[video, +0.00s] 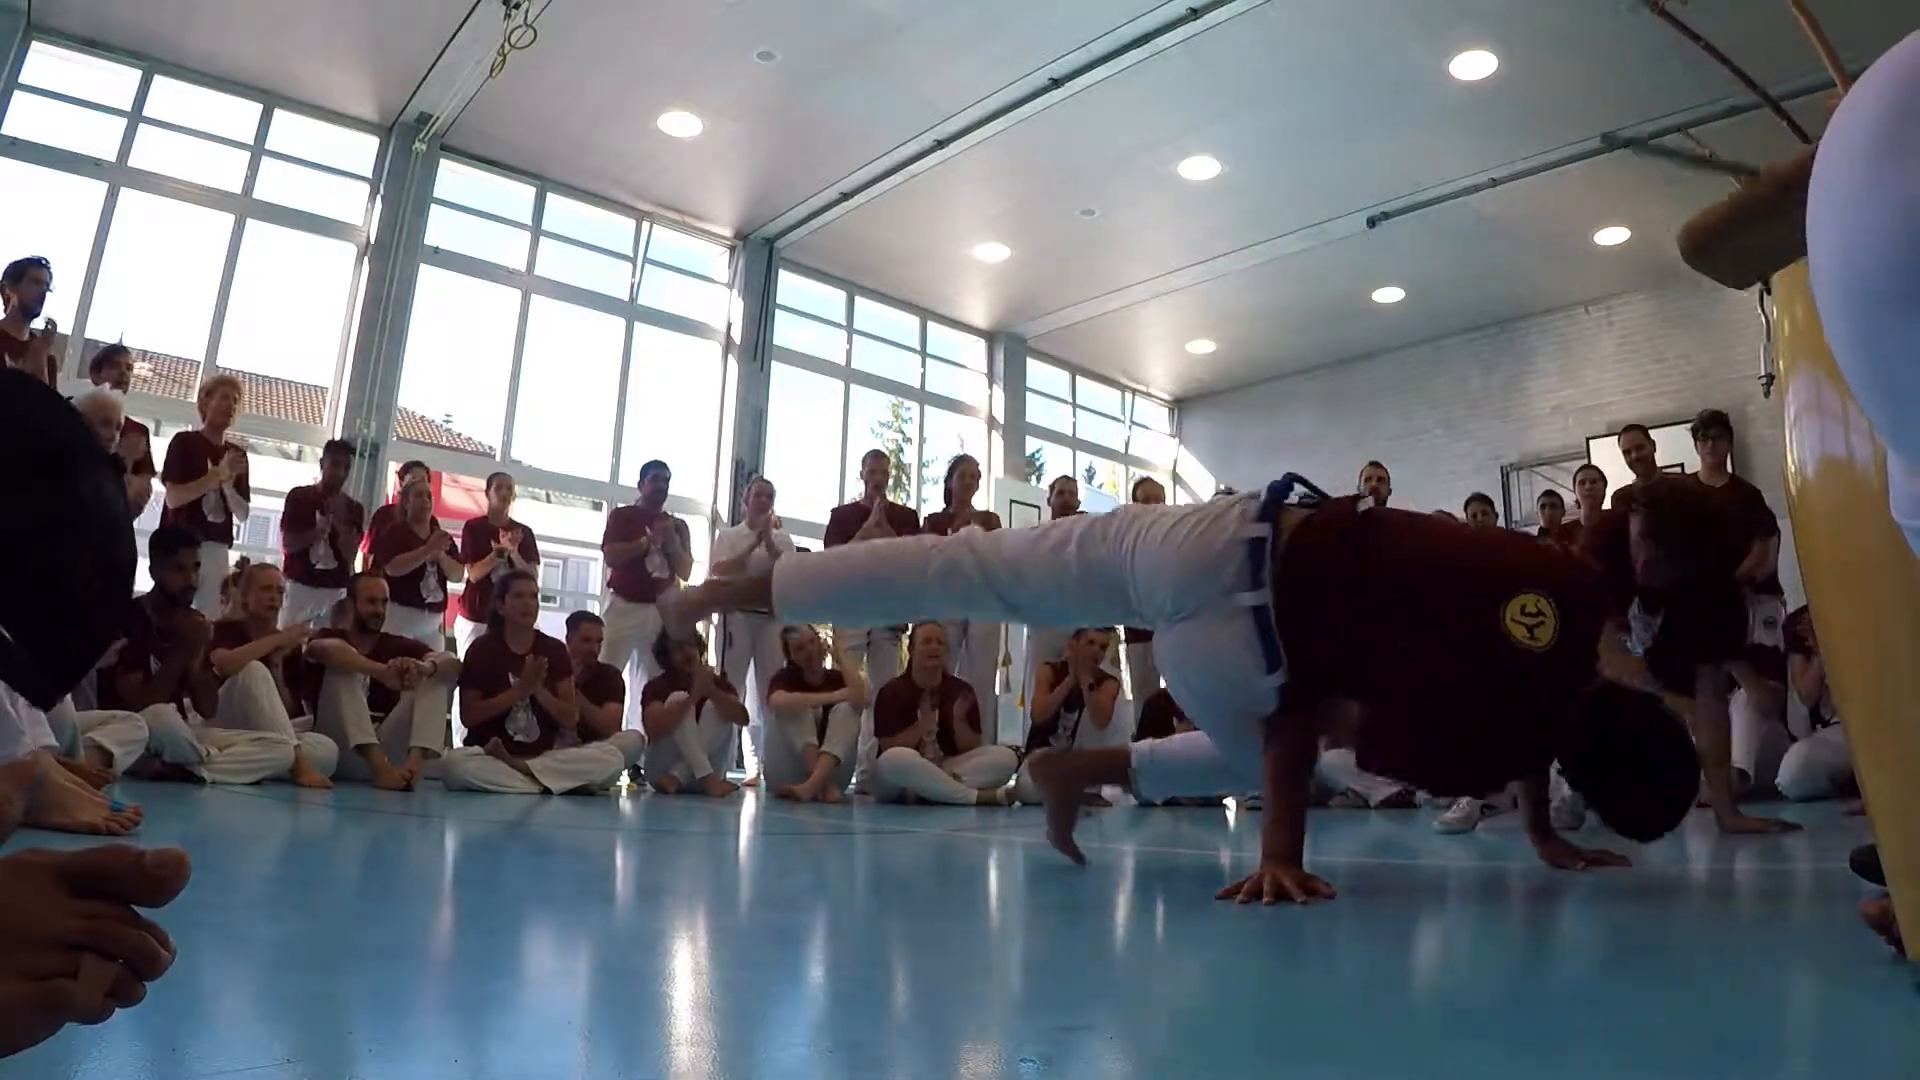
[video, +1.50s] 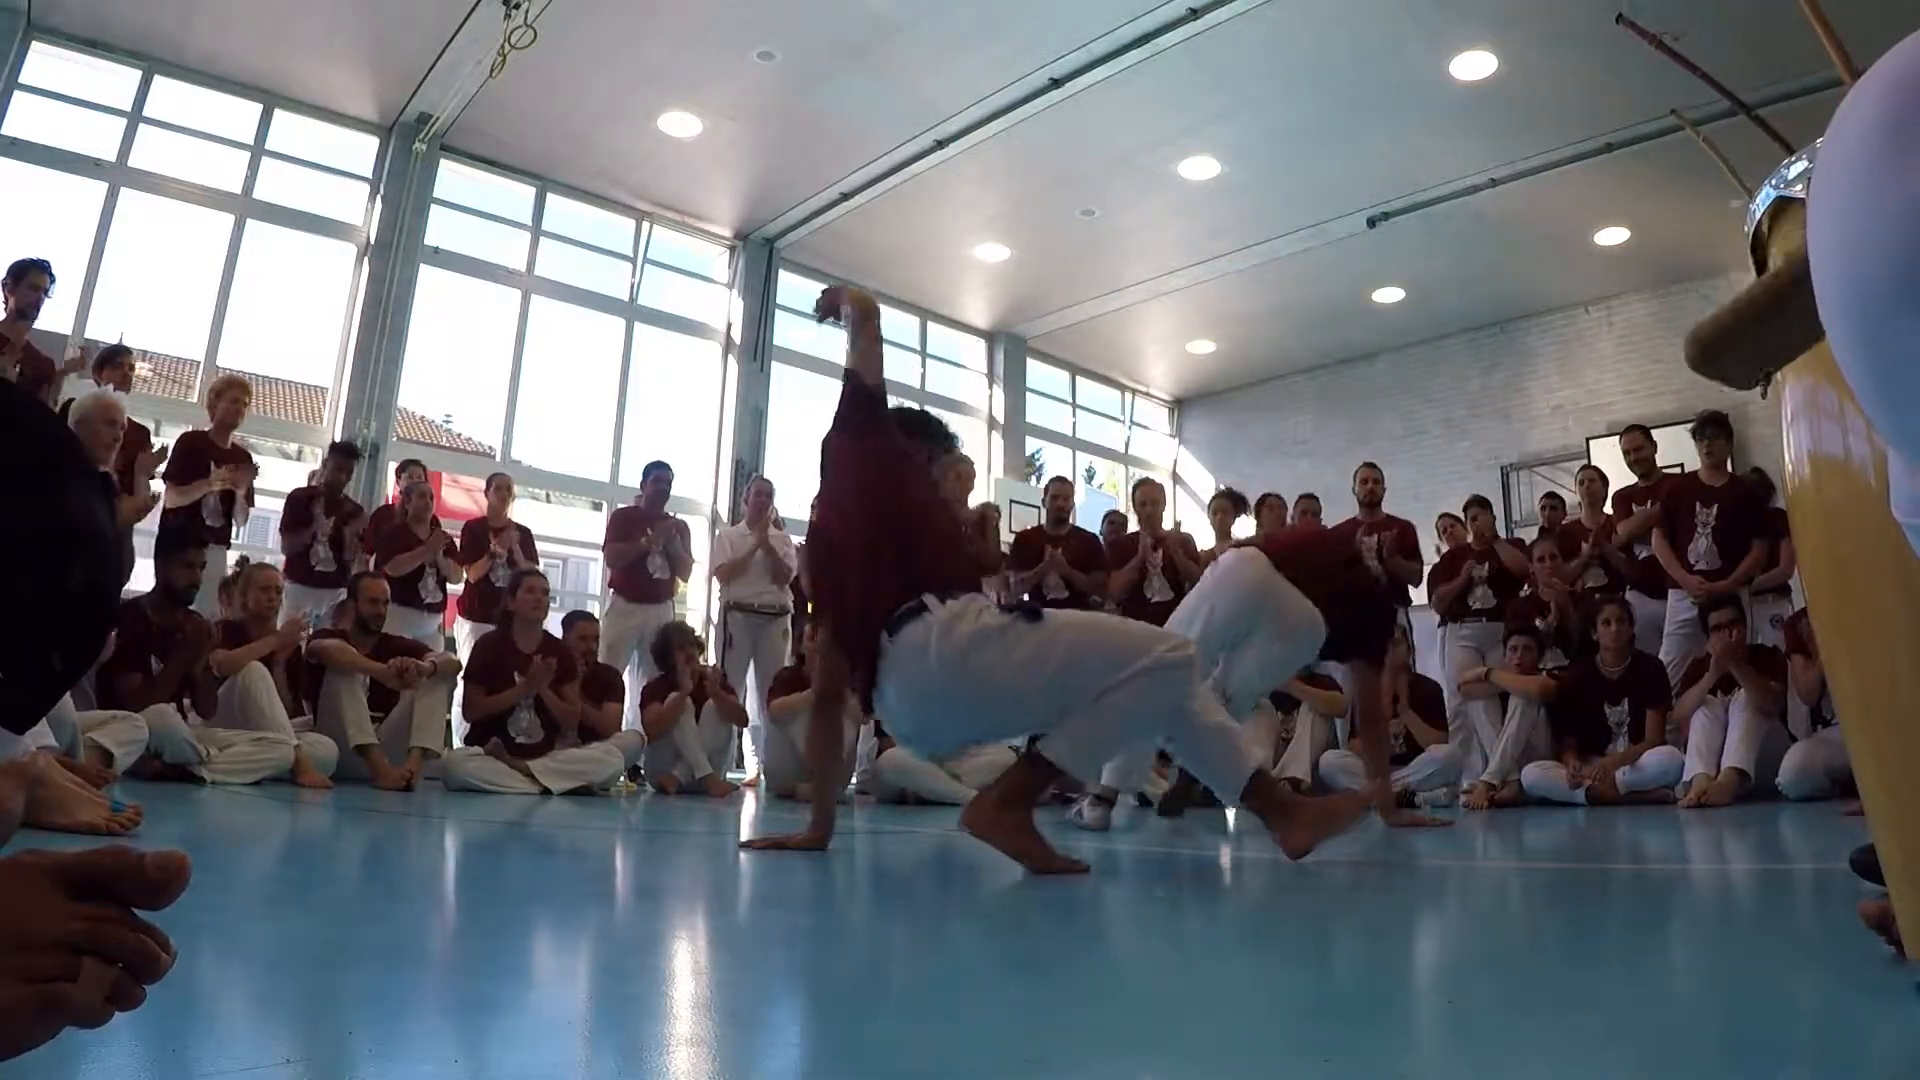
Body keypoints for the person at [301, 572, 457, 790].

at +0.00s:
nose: (379, 610)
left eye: (384, 602)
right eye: (371, 602)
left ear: (389, 603)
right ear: (352, 603)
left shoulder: (393, 643)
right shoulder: (330, 637)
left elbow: (454, 662)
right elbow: (316, 649)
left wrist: (427, 666)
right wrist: (382, 671)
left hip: (387, 751)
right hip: (338, 750)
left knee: (438, 673)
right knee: (342, 662)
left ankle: (414, 764)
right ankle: (378, 764)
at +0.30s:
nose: (379, 610)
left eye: (384, 602)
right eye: (371, 602)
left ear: (389, 604)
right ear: (351, 603)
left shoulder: (394, 643)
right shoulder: (329, 637)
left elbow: (454, 663)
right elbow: (317, 649)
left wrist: (425, 667)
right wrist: (382, 671)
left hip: (388, 752)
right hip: (338, 750)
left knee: (438, 674)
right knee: (342, 661)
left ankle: (414, 764)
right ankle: (378, 763)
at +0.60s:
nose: (380, 610)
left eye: (384, 602)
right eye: (371, 602)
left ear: (389, 604)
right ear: (352, 603)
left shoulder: (393, 643)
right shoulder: (329, 637)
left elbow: (454, 662)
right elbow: (317, 650)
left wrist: (426, 667)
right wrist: (382, 671)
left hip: (388, 752)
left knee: (439, 673)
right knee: (342, 662)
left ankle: (414, 764)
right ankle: (378, 764)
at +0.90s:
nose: (381, 610)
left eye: (385, 603)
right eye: (372, 602)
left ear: (390, 604)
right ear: (353, 603)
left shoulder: (393, 643)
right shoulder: (328, 637)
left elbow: (454, 663)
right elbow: (321, 650)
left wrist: (427, 666)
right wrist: (383, 672)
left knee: (438, 674)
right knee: (342, 662)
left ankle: (414, 764)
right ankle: (378, 765)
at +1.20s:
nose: (381, 610)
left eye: (385, 603)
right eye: (373, 602)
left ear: (390, 604)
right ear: (353, 603)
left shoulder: (392, 643)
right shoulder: (329, 637)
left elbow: (453, 663)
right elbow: (319, 650)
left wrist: (427, 666)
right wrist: (383, 672)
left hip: (388, 752)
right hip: (339, 751)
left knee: (436, 675)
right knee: (342, 662)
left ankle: (414, 764)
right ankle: (378, 765)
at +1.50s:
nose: (381, 610)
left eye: (385, 603)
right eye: (373, 603)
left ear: (390, 604)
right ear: (353, 603)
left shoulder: (393, 643)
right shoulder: (329, 637)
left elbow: (454, 663)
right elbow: (318, 649)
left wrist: (427, 667)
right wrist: (382, 672)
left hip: (387, 751)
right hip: (337, 750)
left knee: (438, 673)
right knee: (342, 663)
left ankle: (414, 765)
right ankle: (378, 766)